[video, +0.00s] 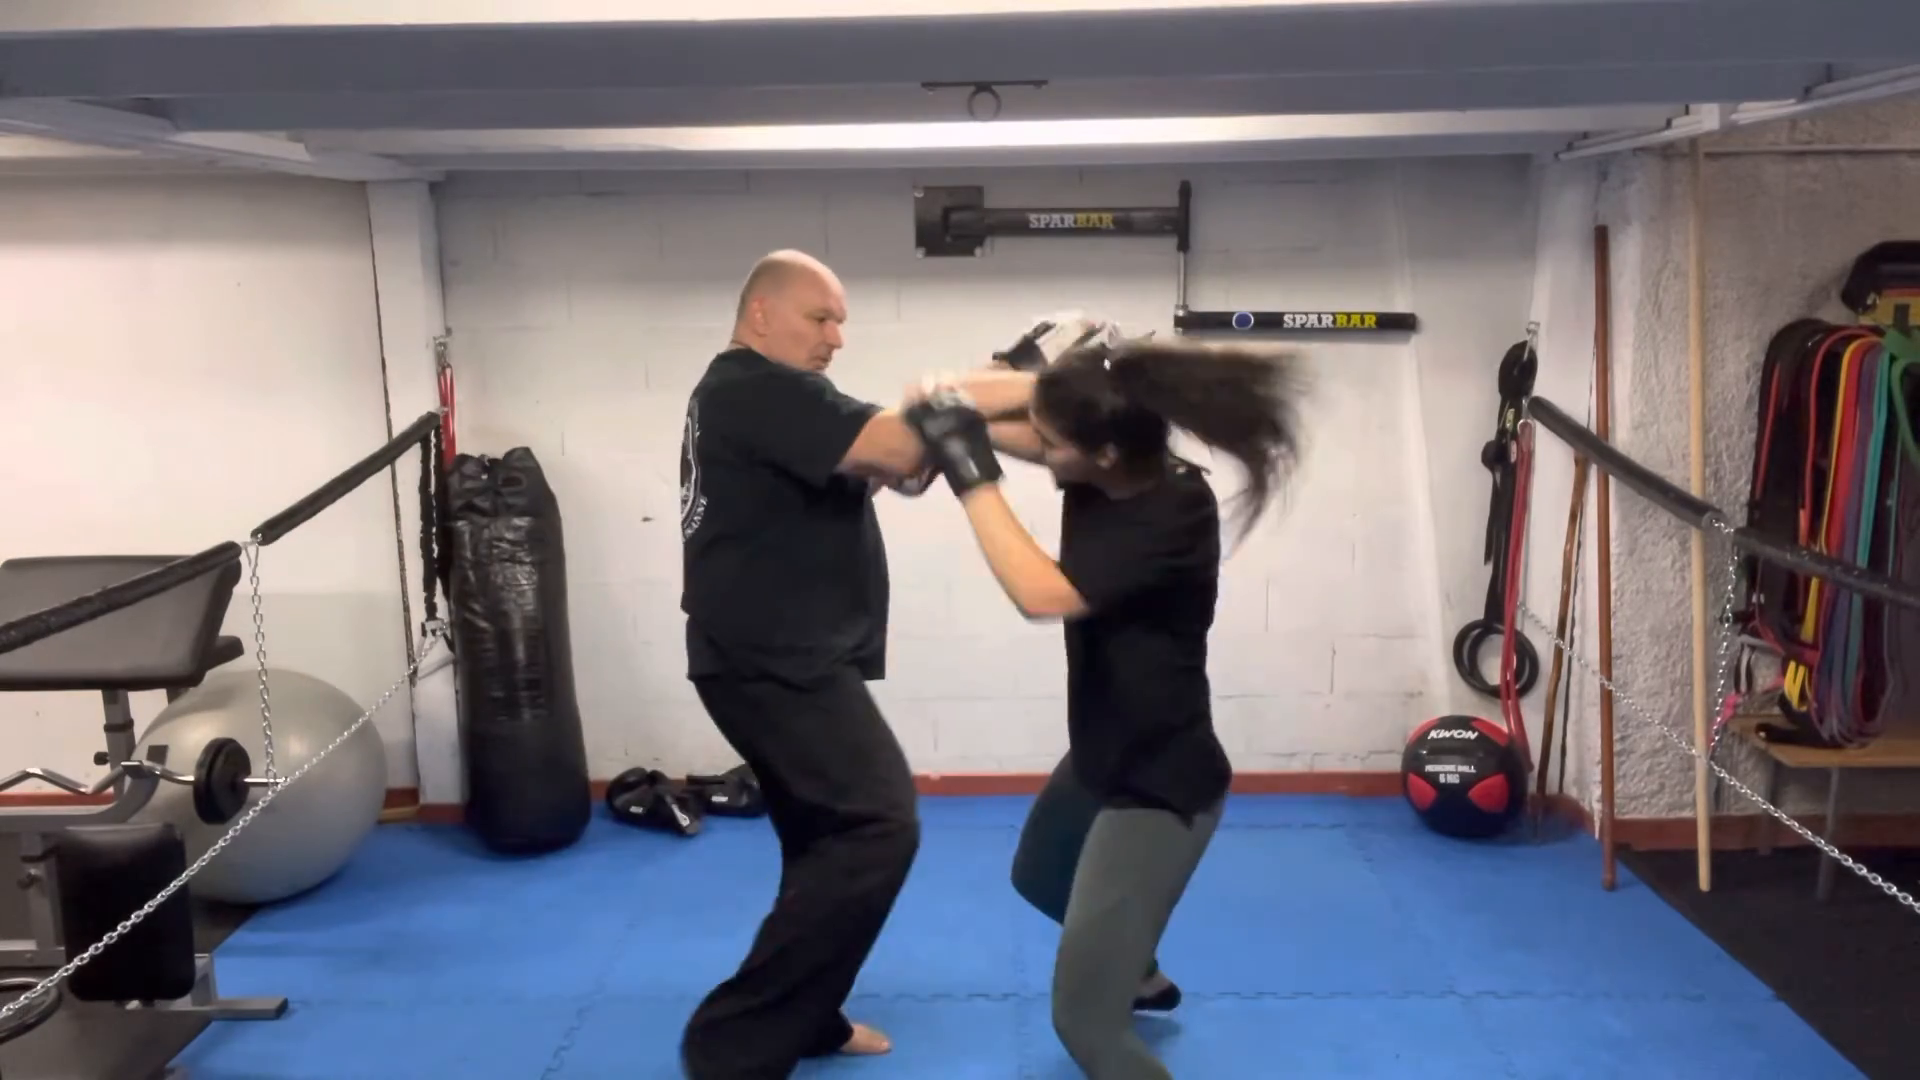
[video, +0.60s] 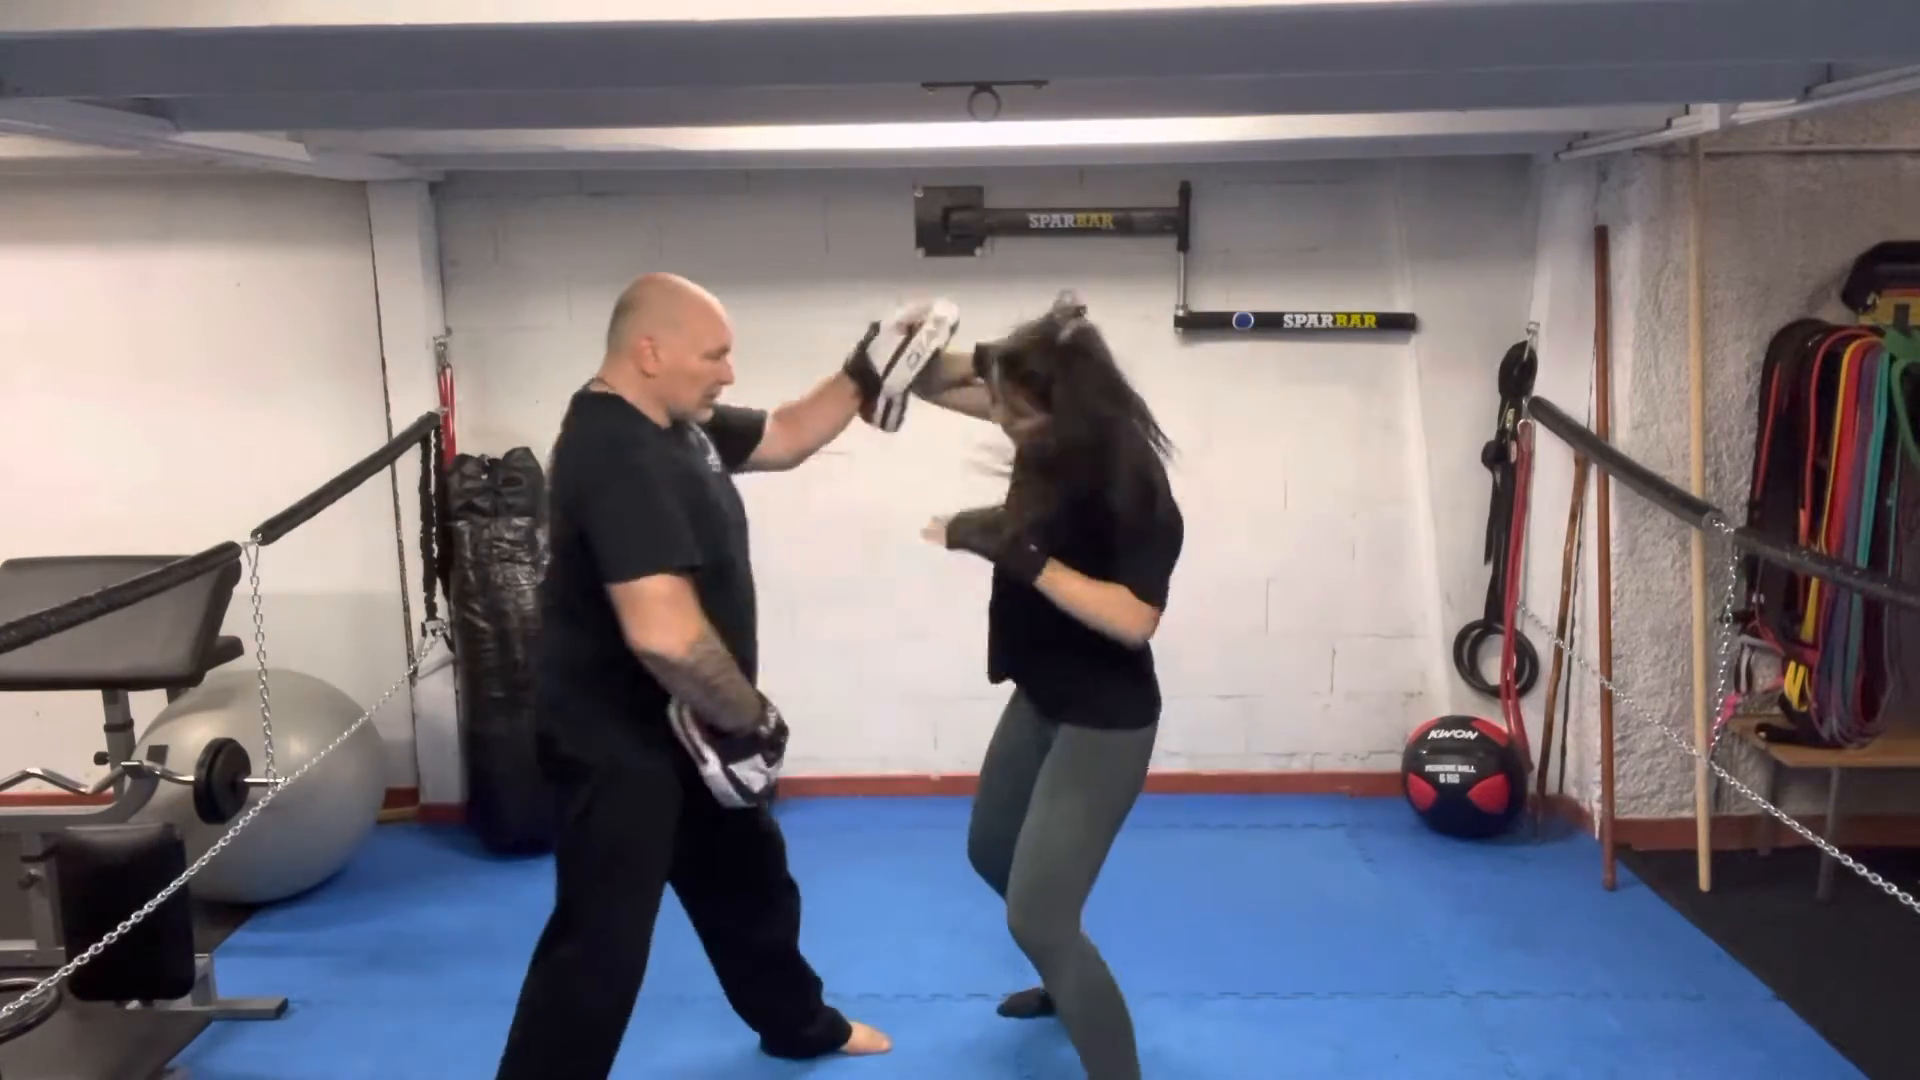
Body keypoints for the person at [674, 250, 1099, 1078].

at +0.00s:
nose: (835, 339)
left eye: (838, 324)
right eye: (820, 321)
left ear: (763, 320)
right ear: (758, 314)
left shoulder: (775, 390)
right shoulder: (754, 389)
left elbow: (906, 465)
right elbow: (894, 446)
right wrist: (1022, 379)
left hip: (784, 661)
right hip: (775, 664)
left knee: (829, 839)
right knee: (878, 828)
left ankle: (804, 1014)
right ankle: (736, 1042)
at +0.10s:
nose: (833, 338)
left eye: (835, 323)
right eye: (818, 320)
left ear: (756, 323)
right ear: (756, 317)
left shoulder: (737, 385)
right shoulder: (761, 389)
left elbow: (846, 441)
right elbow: (920, 431)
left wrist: (898, 390)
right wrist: (978, 393)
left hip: (772, 668)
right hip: (747, 674)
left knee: (828, 850)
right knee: (802, 866)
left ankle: (803, 1023)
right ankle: (652, 1069)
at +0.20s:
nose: (830, 344)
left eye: (832, 328)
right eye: (818, 327)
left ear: (745, 328)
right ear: (760, 325)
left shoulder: (701, 394)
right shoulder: (780, 399)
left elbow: (818, 453)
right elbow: (937, 467)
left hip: (737, 681)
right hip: (732, 691)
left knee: (810, 856)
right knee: (710, 893)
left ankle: (803, 1023)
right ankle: (590, 1073)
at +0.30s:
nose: (818, 355)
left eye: (821, 340)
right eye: (808, 338)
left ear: (737, 340)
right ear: (752, 337)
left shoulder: (680, 404)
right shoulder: (787, 431)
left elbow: (794, 449)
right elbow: (901, 550)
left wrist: (842, 377)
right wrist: (947, 535)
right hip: (712, 705)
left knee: (795, 857)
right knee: (656, 903)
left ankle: (799, 1021)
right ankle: (549, 1072)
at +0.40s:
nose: (809, 364)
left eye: (808, 348)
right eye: (795, 347)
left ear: (729, 351)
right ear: (737, 350)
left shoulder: (670, 411)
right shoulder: (755, 444)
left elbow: (804, 430)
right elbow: (824, 602)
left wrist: (868, 352)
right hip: (681, 711)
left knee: (779, 857)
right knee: (653, 914)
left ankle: (797, 1022)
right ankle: (543, 1073)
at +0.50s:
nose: (775, 373)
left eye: (775, 355)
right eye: (762, 354)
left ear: (693, 357)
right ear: (697, 356)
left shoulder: (655, 417)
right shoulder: (703, 454)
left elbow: (803, 422)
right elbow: (749, 630)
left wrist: (872, 333)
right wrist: (804, 716)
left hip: (681, 704)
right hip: (647, 717)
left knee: (761, 872)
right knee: (631, 940)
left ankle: (796, 1024)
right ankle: (548, 1075)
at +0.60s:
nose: (728, 372)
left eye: (727, 355)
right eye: (714, 354)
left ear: (652, 355)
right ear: (651, 353)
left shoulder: (672, 425)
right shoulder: (616, 446)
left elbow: (786, 434)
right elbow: (663, 632)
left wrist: (879, 362)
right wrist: (756, 722)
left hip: (680, 721)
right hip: (616, 735)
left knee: (746, 887)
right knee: (599, 947)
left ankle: (797, 1026)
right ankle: (541, 1075)